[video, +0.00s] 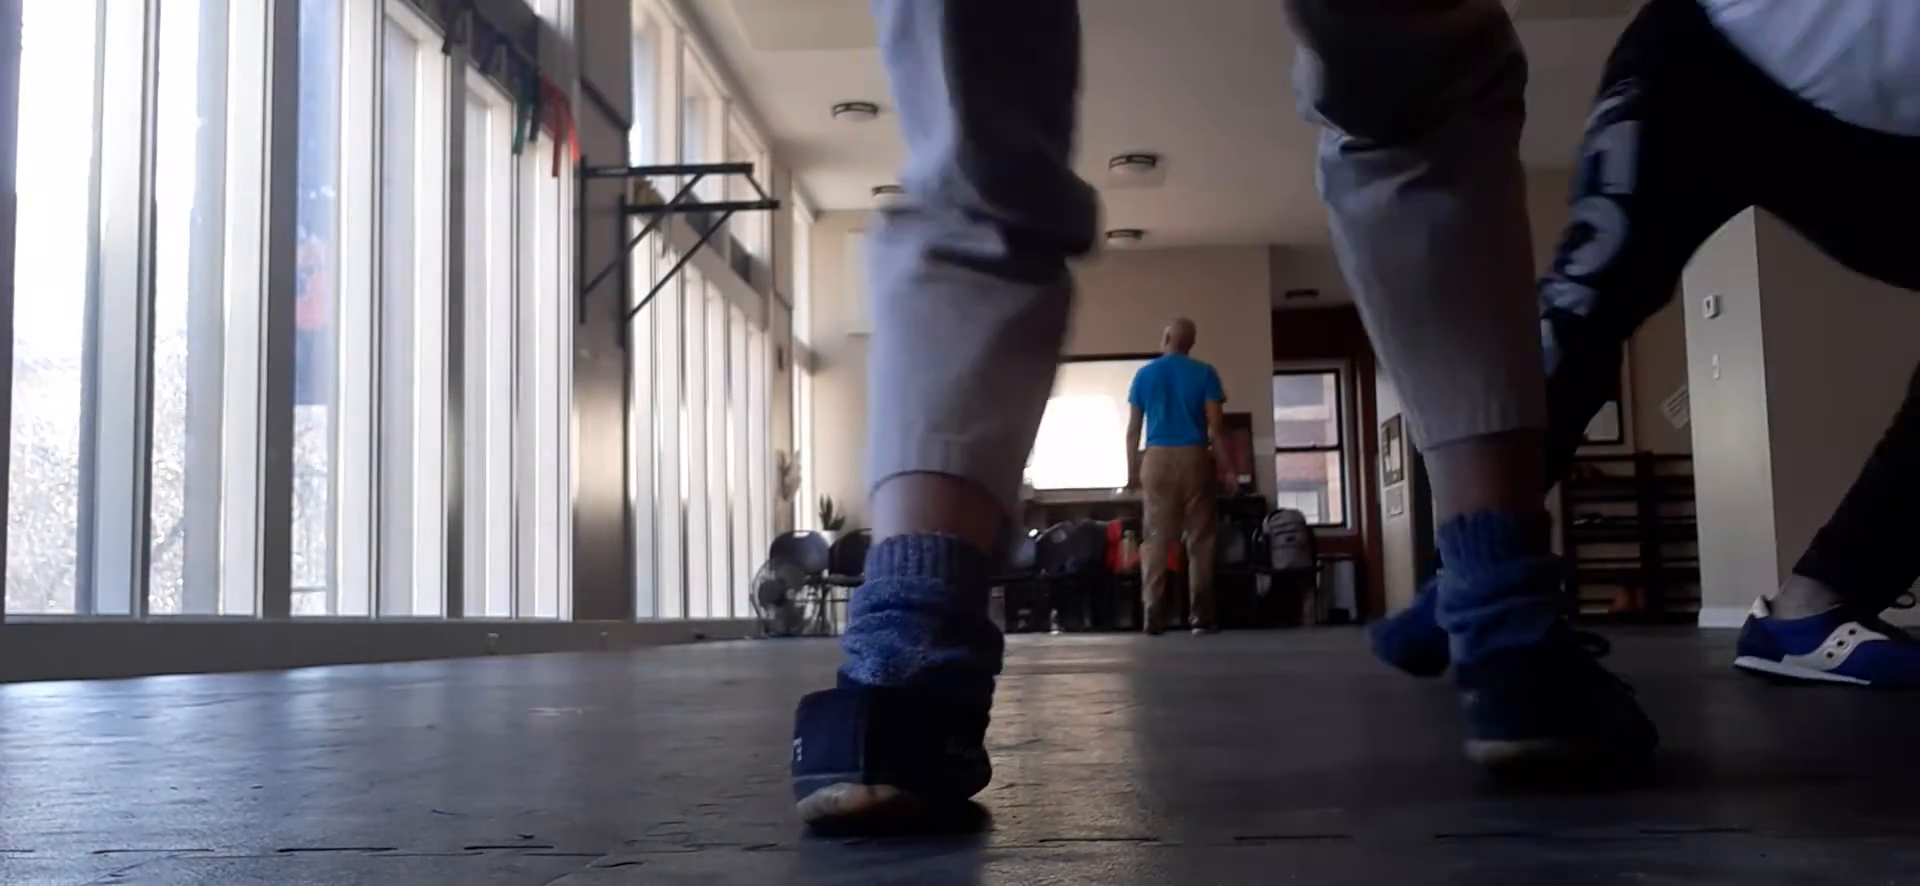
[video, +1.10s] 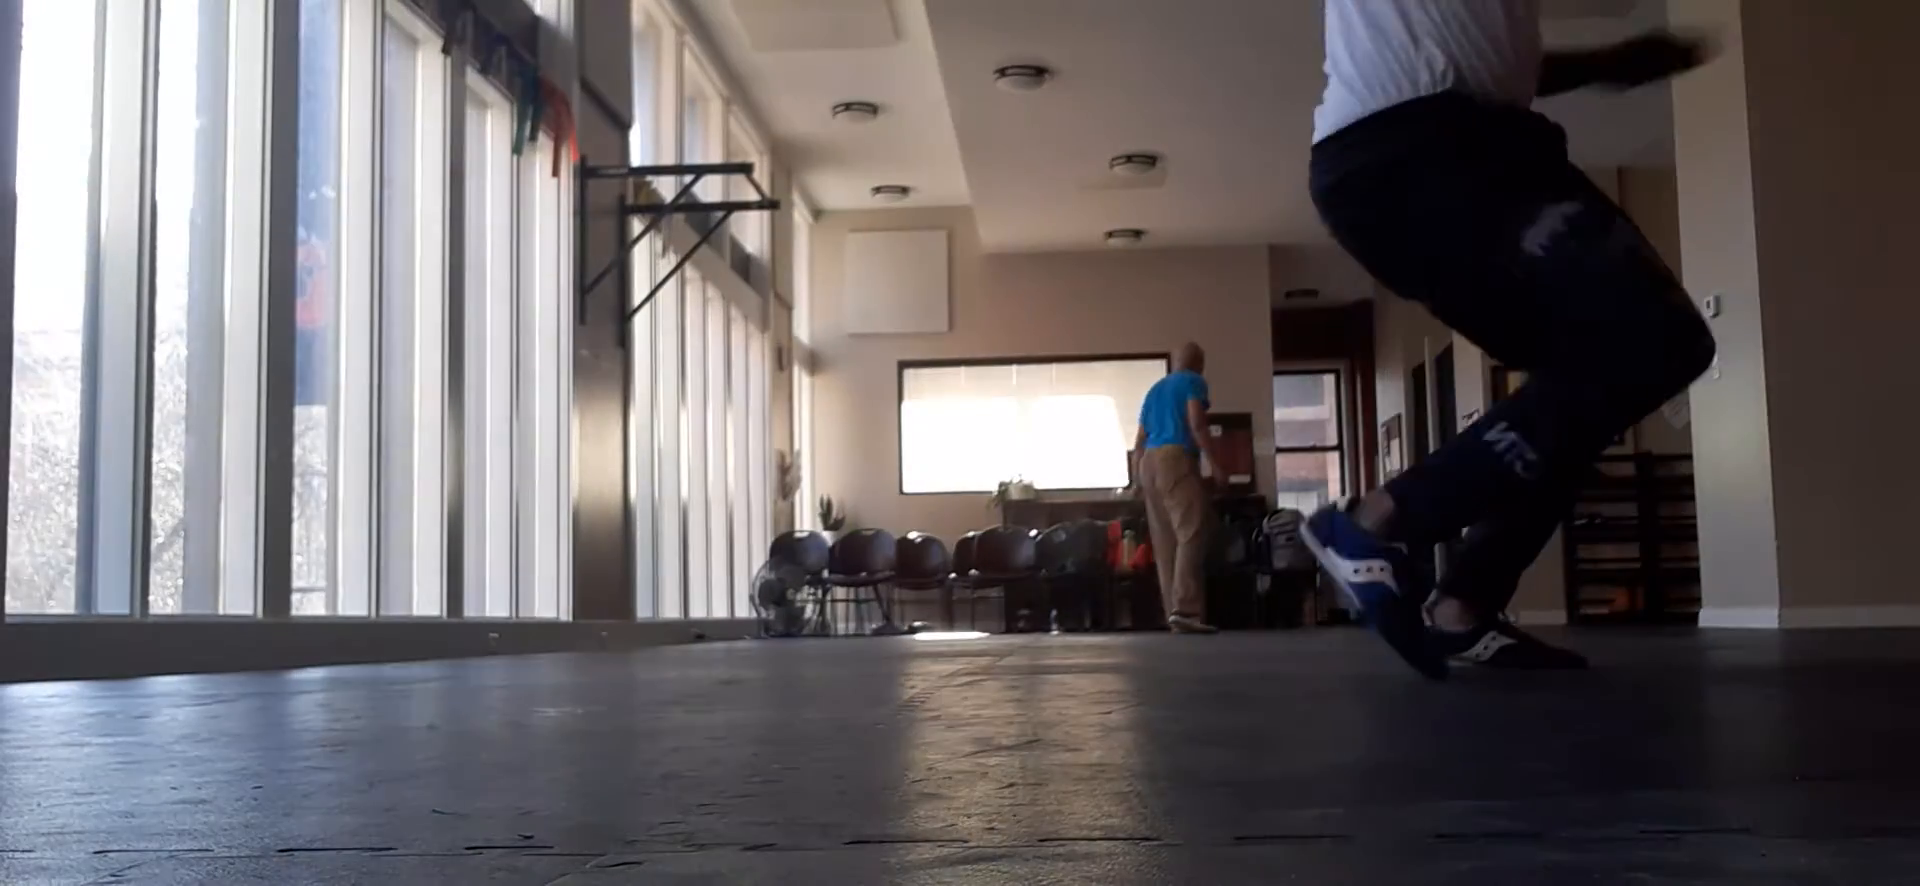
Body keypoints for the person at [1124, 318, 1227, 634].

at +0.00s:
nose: (1162, 343)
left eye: (1164, 338)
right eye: (1170, 338)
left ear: (1165, 340)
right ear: (1192, 344)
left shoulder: (1145, 374)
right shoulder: (1204, 373)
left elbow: (1133, 430)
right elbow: (1215, 427)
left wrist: (1132, 471)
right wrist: (1226, 467)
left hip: (1156, 454)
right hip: (1194, 454)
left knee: (1155, 535)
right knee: (1199, 536)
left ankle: (1152, 612)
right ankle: (1200, 615)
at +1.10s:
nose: (1201, 370)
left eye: (1200, 364)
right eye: (1201, 365)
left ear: (1177, 361)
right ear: (1199, 364)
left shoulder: (1155, 389)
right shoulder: (1192, 381)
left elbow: (1140, 438)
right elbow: (1196, 423)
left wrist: (1137, 475)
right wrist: (1215, 464)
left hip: (1147, 457)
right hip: (1174, 455)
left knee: (1163, 536)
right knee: (1189, 531)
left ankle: (1172, 610)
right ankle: (1185, 610)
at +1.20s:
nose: (1205, 373)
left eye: (1205, 368)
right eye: (1204, 367)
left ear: (1179, 361)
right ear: (1198, 364)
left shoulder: (1159, 387)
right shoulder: (1184, 380)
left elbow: (1157, 430)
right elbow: (1182, 420)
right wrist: (1205, 460)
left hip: (1146, 455)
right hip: (1167, 455)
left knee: (1161, 534)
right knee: (1182, 529)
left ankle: (1168, 606)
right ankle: (1175, 609)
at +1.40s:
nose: (1198, 360)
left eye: (1198, 355)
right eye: (1194, 354)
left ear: (1183, 357)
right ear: (1177, 355)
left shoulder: (1174, 387)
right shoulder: (1164, 379)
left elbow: (1183, 441)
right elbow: (1155, 421)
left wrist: (1203, 470)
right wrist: (1174, 460)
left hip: (1164, 461)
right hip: (1153, 459)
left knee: (1171, 535)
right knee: (1166, 533)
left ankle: (1172, 614)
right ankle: (1149, 610)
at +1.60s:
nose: (1176, 354)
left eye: (1178, 349)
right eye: (1171, 349)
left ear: (1177, 354)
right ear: (1157, 352)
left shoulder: (1172, 393)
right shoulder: (1140, 384)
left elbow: (1186, 431)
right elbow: (1129, 425)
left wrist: (1211, 452)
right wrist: (1141, 467)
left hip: (1165, 470)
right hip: (1142, 469)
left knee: (1165, 543)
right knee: (1149, 543)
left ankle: (1169, 616)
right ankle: (1143, 618)